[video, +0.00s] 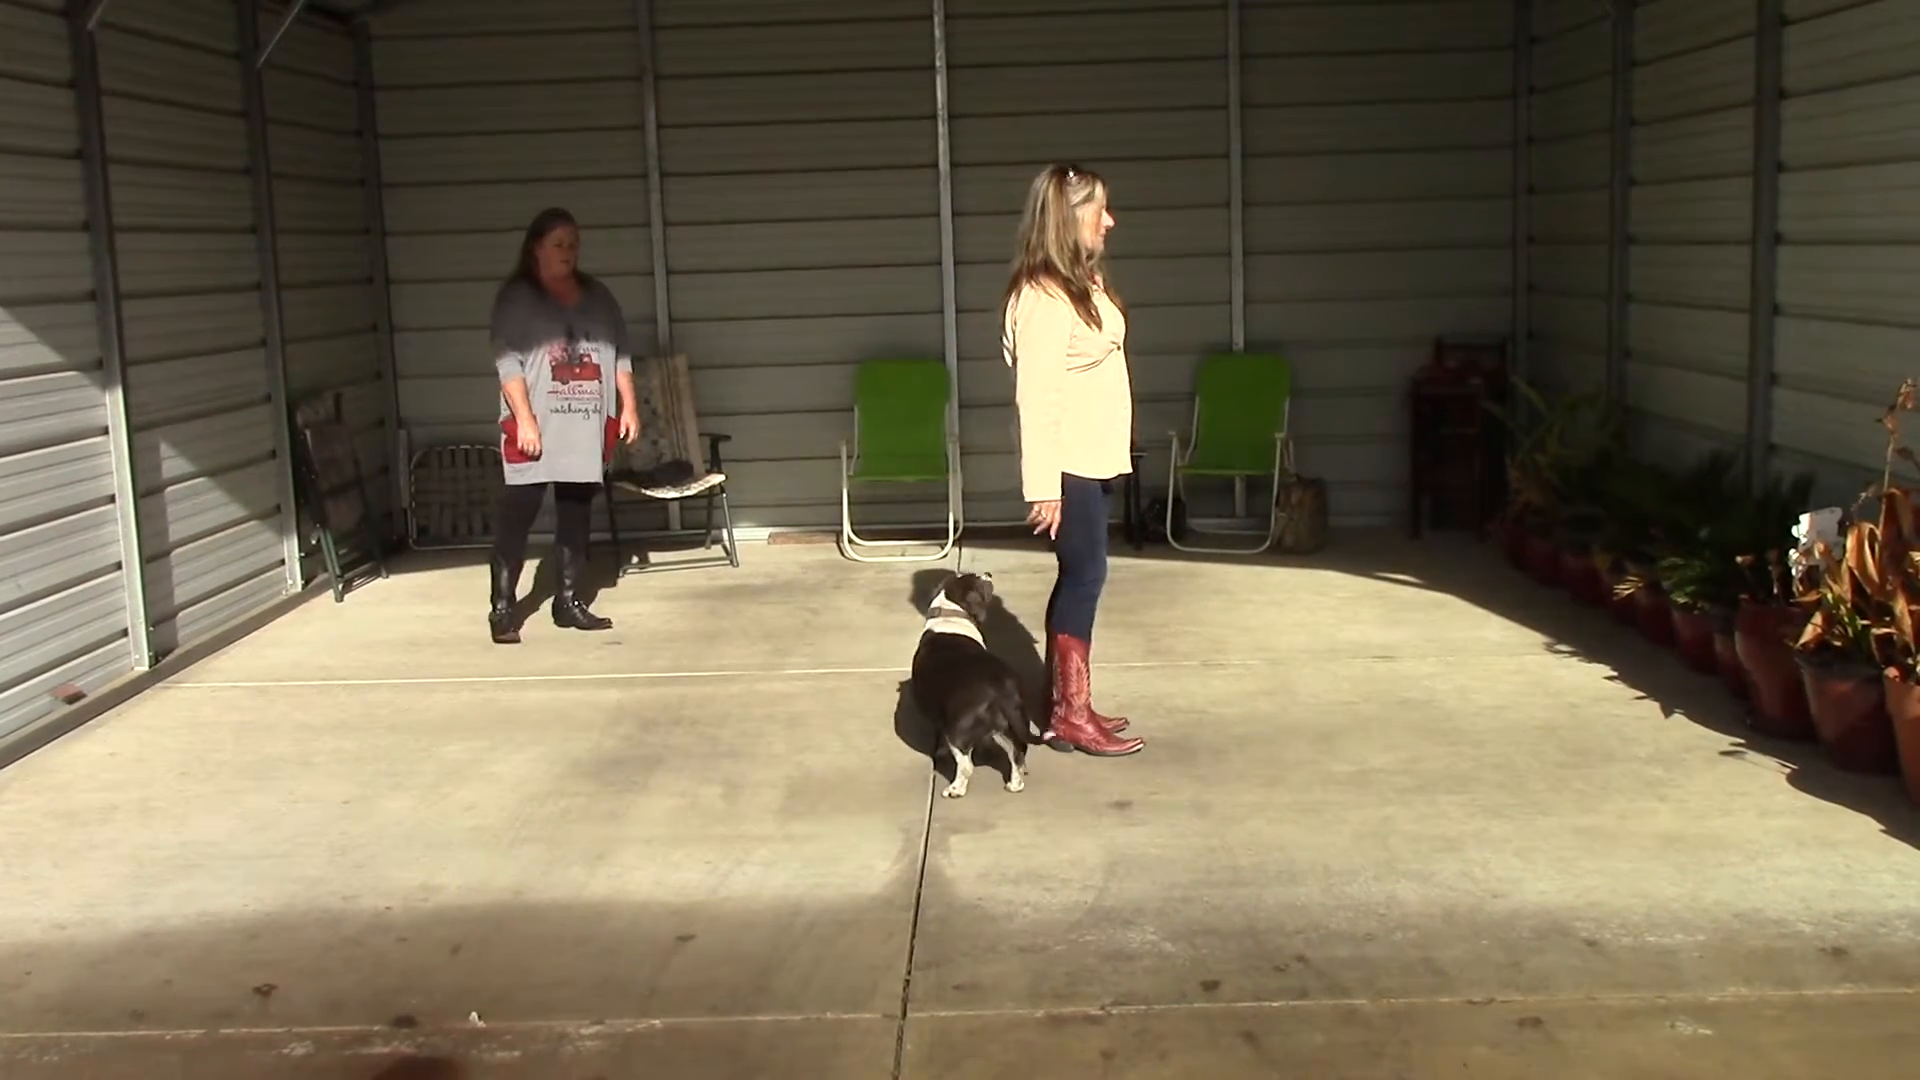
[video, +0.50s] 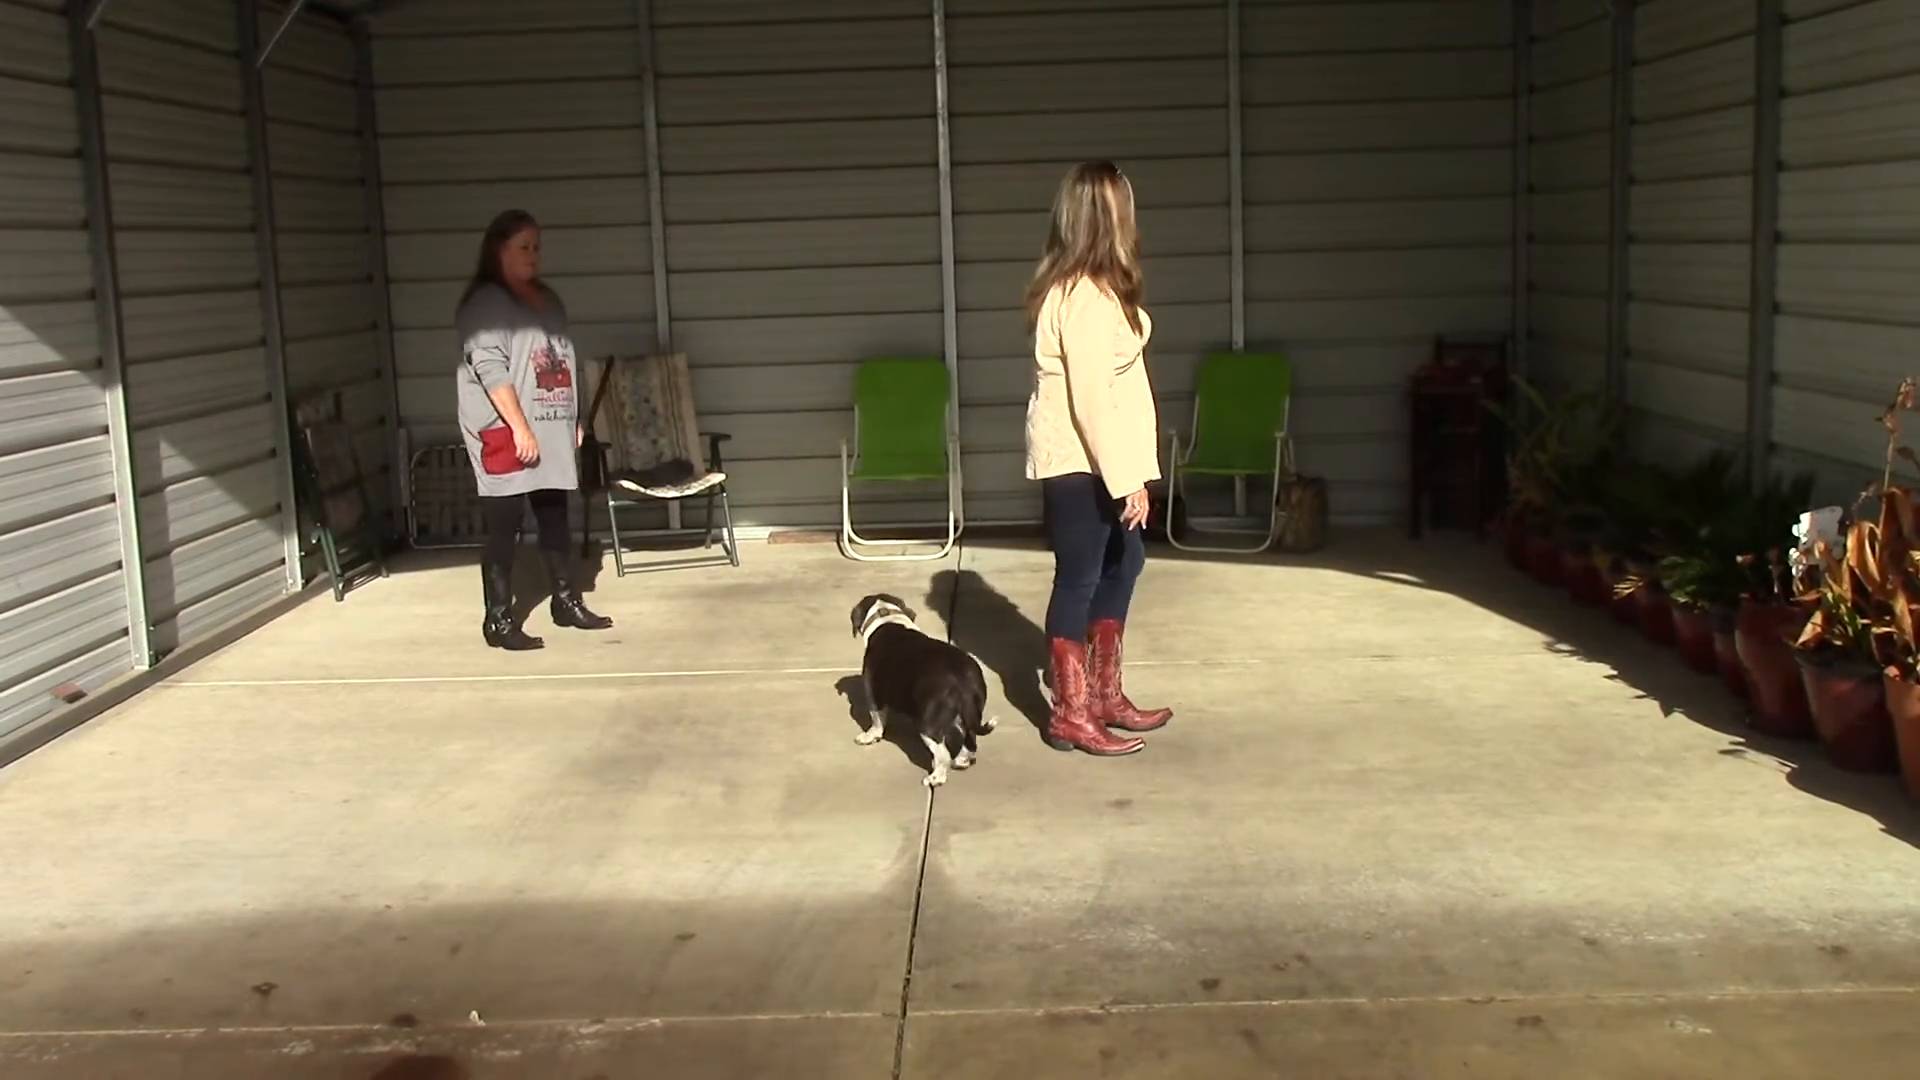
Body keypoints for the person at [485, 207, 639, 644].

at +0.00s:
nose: (566, 252)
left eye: (572, 245)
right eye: (557, 244)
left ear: (578, 249)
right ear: (536, 249)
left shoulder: (598, 297)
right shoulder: (517, 297)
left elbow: (620, 356)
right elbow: (507, 362)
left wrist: (629, 406)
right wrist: (524, 419)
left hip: (584, 429)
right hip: (530, 426)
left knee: (575, 511)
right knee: (518, 512)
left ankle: (568, 601)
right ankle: (503, 607)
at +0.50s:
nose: (533, 255)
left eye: (536, 247)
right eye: (524, 247)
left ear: (538, 251)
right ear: (498, 251)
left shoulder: (547, 300)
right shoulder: (483, 305)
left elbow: (562, 364)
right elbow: (491, 372)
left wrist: (573, 417)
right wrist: (519, 426)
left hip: (549, 428)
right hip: (500, 432)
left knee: (554, 512)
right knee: (503, 521)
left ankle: (566, 600)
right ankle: (498, 618)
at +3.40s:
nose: (534, 303)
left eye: (539, 295)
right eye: (526, 294)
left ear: (543, 293)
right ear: (501, 292)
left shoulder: (528, 330)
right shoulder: (489, 333)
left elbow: (524, 398)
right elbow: (490, 407)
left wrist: (512, 452)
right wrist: (512, 470)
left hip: (479, 422)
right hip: (447, 421)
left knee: (480, 509)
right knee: (490, 509)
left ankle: (464, 603)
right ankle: (499, 610)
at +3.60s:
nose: (551, 333)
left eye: (557, 327)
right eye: (543, 324)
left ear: (564, 323)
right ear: (522, 313)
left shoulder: (536, 350)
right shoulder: (505, 354)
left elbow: (529, 421)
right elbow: (504, 430)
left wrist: (514, 475)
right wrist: (521, 499)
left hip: (473, 423)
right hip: (444, 424)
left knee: (483, 506)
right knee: (494, 507)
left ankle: (464, 603)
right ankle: (501, 610)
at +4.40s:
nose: (569, 353)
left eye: (575, 346)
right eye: (563, 344)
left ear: (582, 340)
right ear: (542, 332)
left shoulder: (541, 362)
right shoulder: (518, 370)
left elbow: (535, 427)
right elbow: (513, 443)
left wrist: (517, 471)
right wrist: (525, 509)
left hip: (462, 418)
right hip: (445, 420)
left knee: (483, 507)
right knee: (494, 510)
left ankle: (464, 606)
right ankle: (500, 612)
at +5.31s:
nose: (577, 341)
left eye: (582, 334)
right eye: (571, 332)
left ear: (587, 329)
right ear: (549, 322)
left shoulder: (528, 342)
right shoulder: (532, 363)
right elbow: (511, 435)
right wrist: (516, 501)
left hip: (447, 409)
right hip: (450, 417)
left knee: (479, 510)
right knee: (495, 510)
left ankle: (465, 604)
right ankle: (503, 611)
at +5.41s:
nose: (577, 340)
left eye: (582, 333)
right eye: (571, 331)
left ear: (587, 328)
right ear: (549, 321)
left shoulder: (530, 343)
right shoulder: (530, 362)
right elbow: (512, 435)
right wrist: (517, 501)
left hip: (450, 409)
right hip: (450, 416)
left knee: (480, 507)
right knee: (496, 508)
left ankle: (465, 604)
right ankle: (502, 611)